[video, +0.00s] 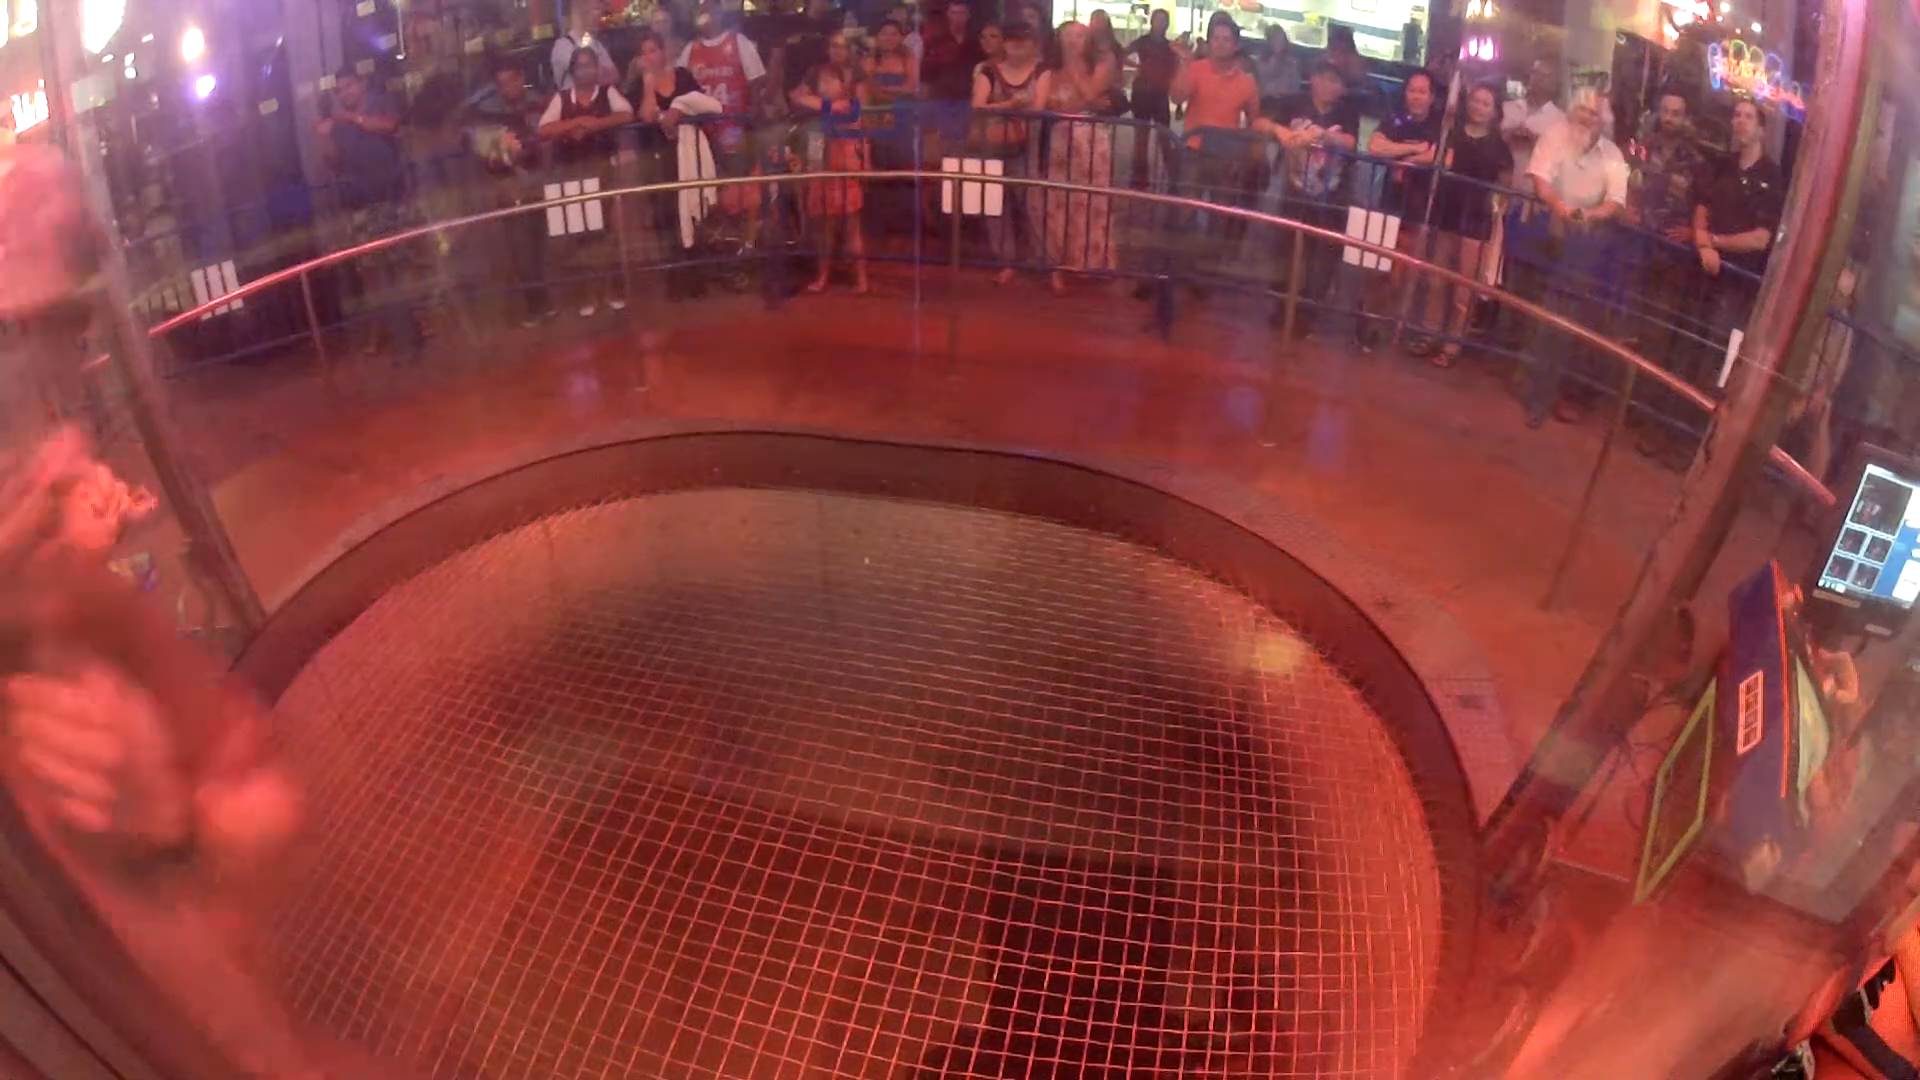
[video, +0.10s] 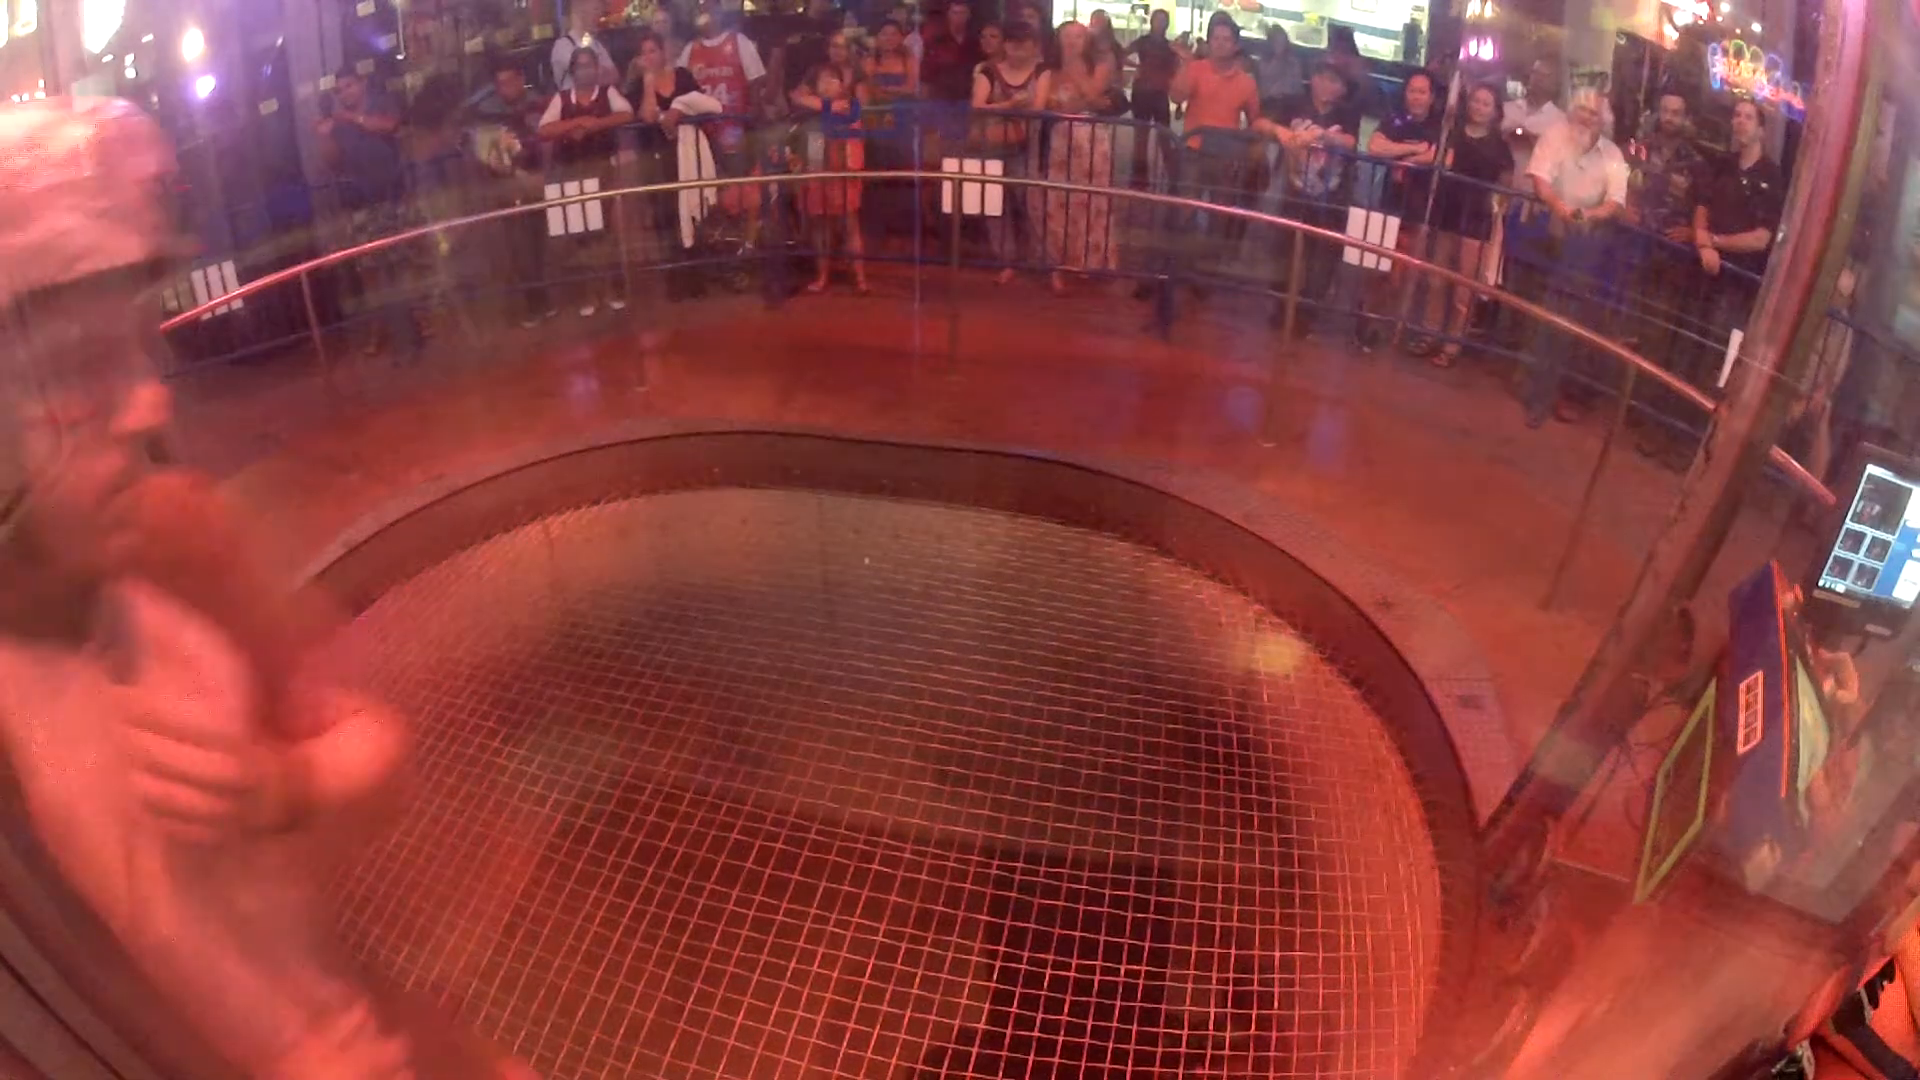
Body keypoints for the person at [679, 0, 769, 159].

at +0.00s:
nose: (703, 18)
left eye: (708, 13)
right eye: (700, 13)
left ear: (719, 15)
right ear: (696, 18)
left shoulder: (739, 42)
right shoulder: (691, 48)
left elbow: (756, 83)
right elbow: (681, 84)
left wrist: (754, 117)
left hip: (734, 123)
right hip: (702, 124)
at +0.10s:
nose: (704, 18)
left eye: (709, 13)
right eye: (700, 13)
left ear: (719, 15)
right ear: (696, 19)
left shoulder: (739, 42)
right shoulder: (691, 48)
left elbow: (756, 84)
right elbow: (680, 84)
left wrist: (753, 114)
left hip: (733, 124)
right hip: (701, 124)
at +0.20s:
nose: (704, 17)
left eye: (709, 12)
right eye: (700, 13)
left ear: (719, 14)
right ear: (696, 18)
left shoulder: (739, 43)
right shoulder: (691, 48)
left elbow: (756, 85)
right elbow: (681, 86)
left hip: (734, 124)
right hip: (701, 125)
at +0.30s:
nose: (704, 17)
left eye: (709, 12)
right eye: (700, 13)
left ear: (719, 14)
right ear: (696, 18)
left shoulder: (739, 42)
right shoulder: (691, 48)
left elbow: (756, 84)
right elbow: (681, 85)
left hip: (734, 124)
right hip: (702, 125)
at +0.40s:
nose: (704, 17)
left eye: (709, 12)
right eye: (700, 13)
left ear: (719, 14)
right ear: (696, 18)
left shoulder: (739, 42)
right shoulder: (691, 48)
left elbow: (756, 84)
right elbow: (681, 85)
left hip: (734, 124)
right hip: (702, 125)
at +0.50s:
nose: (704, 17)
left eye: (709, 12)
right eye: (701, 12)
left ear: (719, 14)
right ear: (696, 18)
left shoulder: (740, 42)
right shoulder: (691, 48)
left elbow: (756, 83)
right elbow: (680, 83)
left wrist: (753, 115)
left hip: (734, 123)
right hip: (702, 124)